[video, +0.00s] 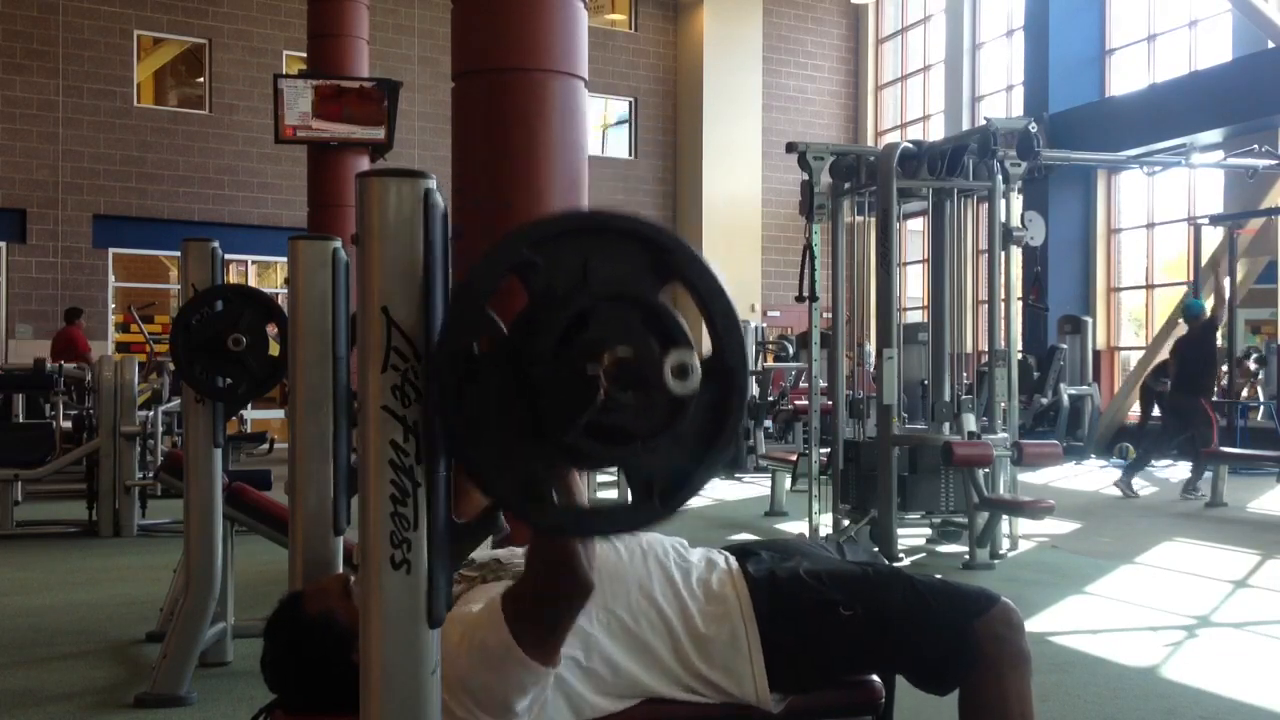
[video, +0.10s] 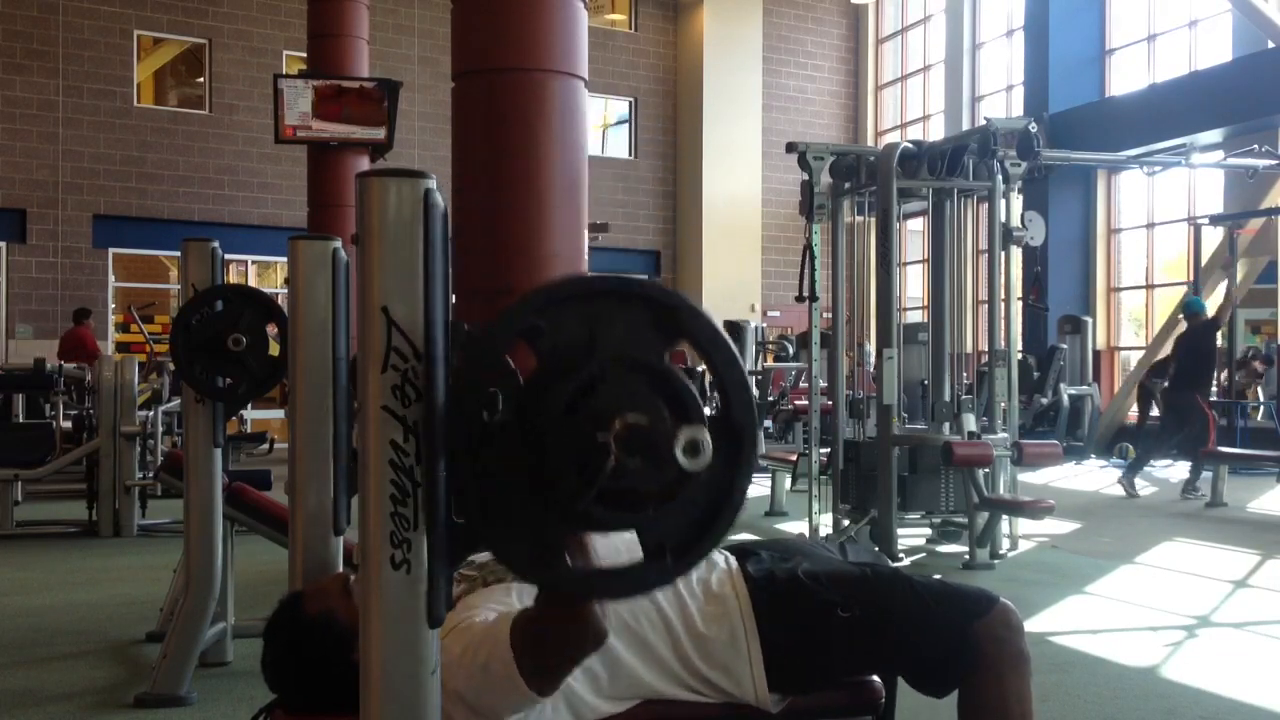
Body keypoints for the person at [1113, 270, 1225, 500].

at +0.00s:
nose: (1205, 315)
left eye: (1197, 314)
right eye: (1203, 313)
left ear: (1185, 319)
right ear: (1203, 315)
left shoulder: (1179, 344)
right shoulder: (1208, 331)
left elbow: (1172, 373)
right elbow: (1221, 301)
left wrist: (1177, 389)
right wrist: (1218, 272)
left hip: (1176, 398)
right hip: (1197, 400)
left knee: (1163, 440)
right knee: (1207, 445)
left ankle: (1126, 477)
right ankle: (1191, 486)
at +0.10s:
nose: (1204, 315)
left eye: (1197, 313)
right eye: (1203, 312)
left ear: (1185, 316)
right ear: (1203, 312)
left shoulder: (1181, 338)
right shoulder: (1208, 328)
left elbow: (1172, 364)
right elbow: (1226, 306)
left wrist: (1149, 374)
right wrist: (1231, 278)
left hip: (1172, 393)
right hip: (1193, 394)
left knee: (1166, 435)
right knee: (1206, 432)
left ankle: (1129, 474)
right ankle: (1192, 484)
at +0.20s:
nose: (1206, 302)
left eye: (1205, 300)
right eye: (1204, 299)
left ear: (1185, 302)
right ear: (1201, 300)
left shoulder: (1178, 323)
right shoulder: (1206, 316)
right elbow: (1237, 306)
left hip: (1171, 379)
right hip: (1187, 381)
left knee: (1168, 427)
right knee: (1188, 430)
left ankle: (1148, 469)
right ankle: (1188, 479)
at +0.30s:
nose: (1204, 300)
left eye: (1202, 297)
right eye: (1203, 297)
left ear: (1184, 298)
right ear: (1199, 297)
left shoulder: (1178, 316)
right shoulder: (1208, 314)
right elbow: (1235, 326)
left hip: (1169, 372)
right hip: (1186, 376)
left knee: (1173, 422)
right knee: (1183, 421)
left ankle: (1172, 472)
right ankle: (1161, 470)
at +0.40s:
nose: (1206, 310)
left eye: (1205, 307)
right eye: (1204, 307)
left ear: (1185, 307)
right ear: (1199, 308)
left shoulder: (1178, 324)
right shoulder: (1207, 330)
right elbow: (1226, 357)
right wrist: (1237, 372)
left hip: (1172, 380)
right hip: (1186, 385)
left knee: (1187, 433)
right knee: (1173, 431)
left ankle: (1179, 480)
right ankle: (1143, 472)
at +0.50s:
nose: (1208, 324)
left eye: (1207, 320)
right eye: (1206, 320)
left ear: (1187, 320)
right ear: (1201, 321)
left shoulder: (1179, 334)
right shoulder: (1208, 344)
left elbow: (1186, 310)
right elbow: (1213, 378)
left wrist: (1195, 286)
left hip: (1178, 394)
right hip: (1184, 397)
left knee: (1200, 440)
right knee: (1172, 440)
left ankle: (1181, 483)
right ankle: (1134, 478)